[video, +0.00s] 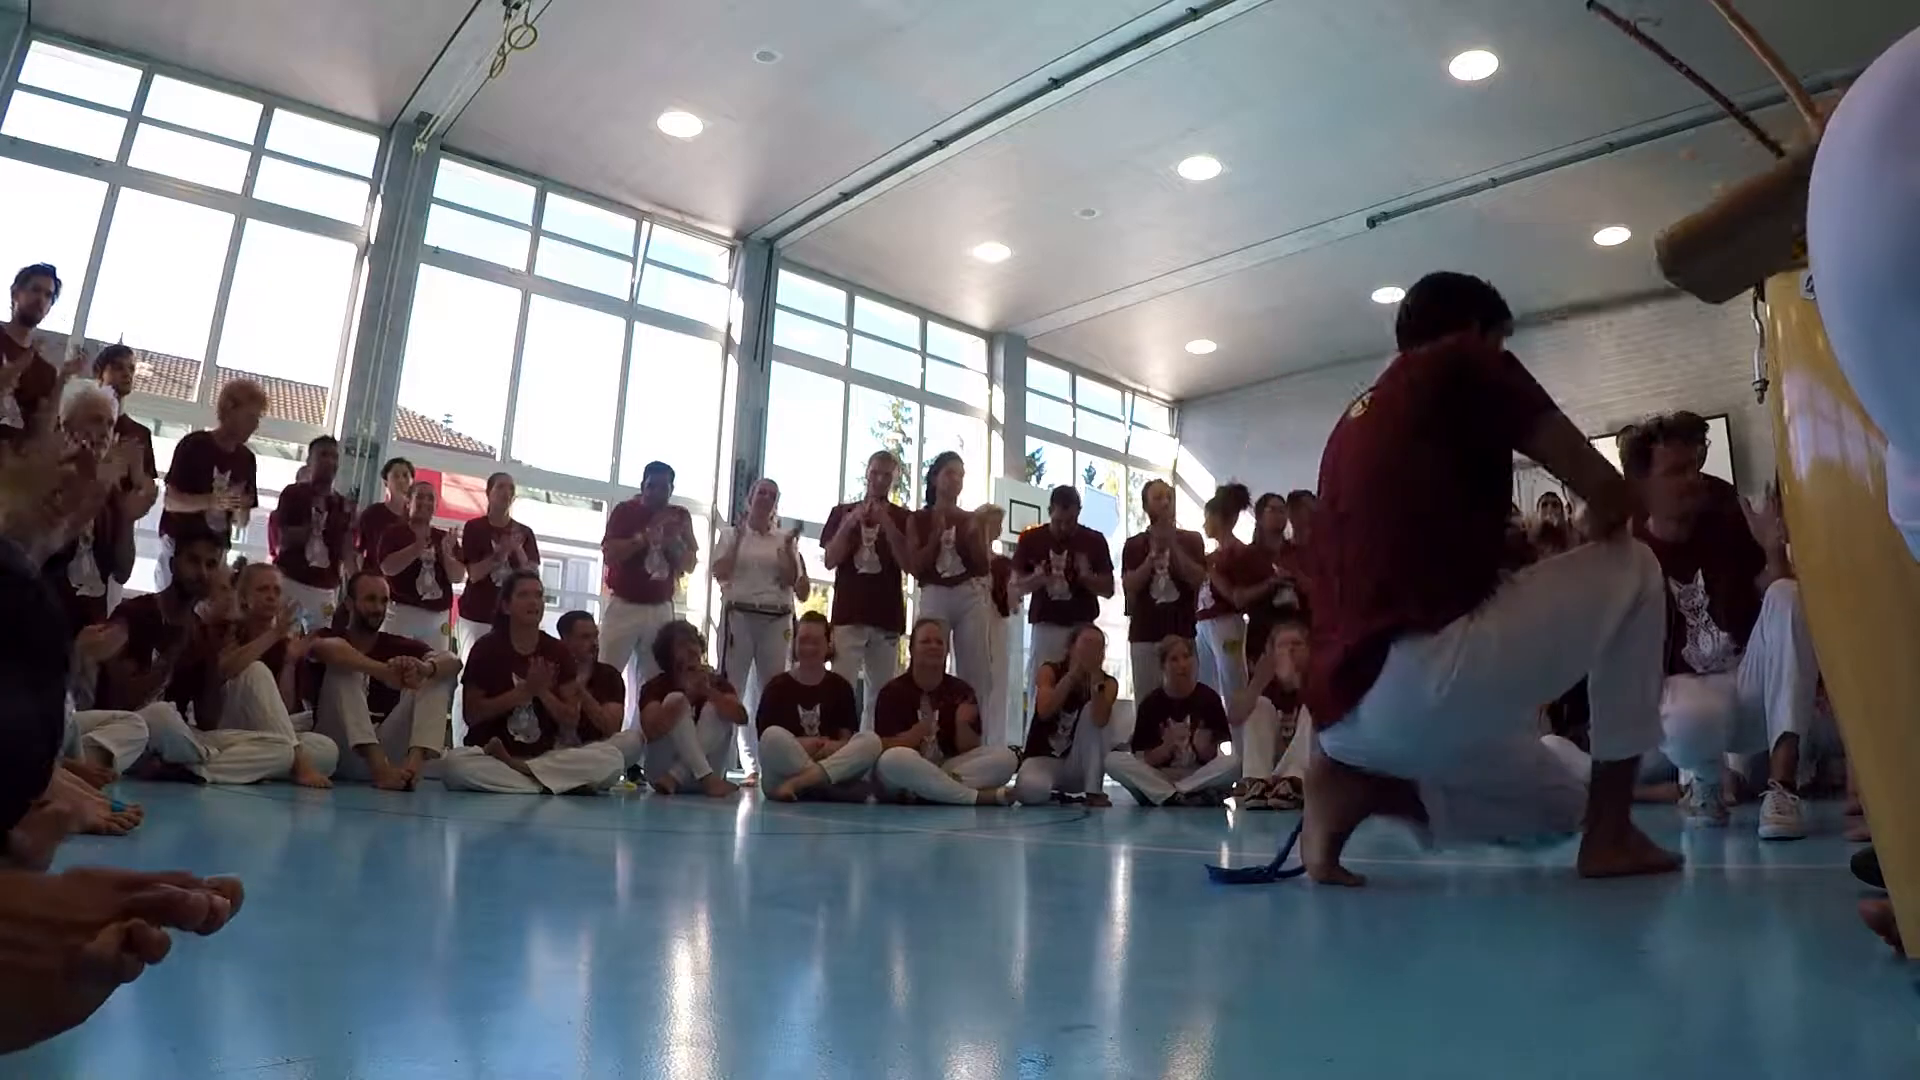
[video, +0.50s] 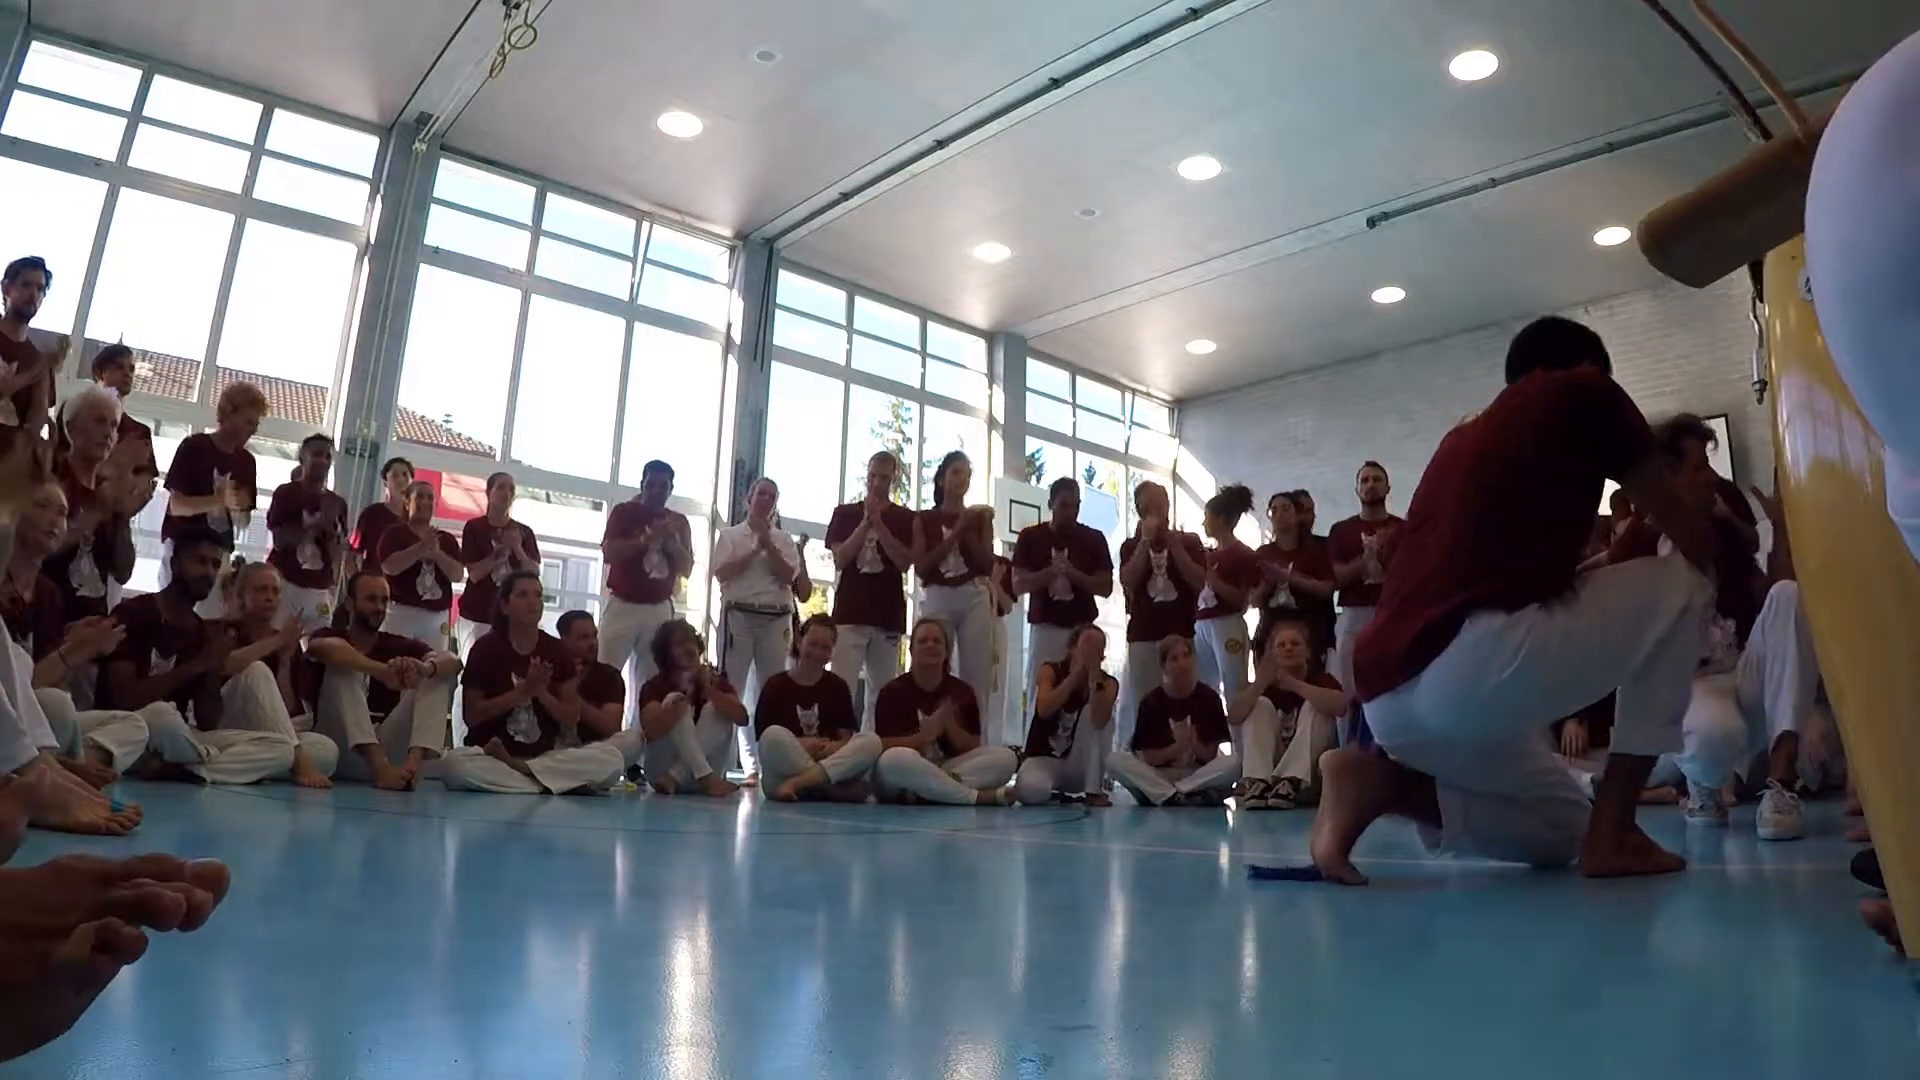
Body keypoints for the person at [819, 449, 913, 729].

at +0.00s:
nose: (878, 479)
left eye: (885, 475)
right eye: (874, 473)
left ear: (895, 478)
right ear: (866, 473)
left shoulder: (903, 517)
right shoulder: (842, 513)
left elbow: (910, 566)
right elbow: (830, 560)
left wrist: (887, 526)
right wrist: (848, 525)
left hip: (887, 619)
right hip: (848, 617)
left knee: (882, 695)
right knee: (842, 692)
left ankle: (880, 755)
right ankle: (839, 755)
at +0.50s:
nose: (877, 483)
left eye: (884, 478)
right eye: (874, 476)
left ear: (894, 479)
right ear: (867, 475)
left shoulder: (905, 517)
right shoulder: (845, 513)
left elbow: (905, 562)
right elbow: (840, 558)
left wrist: (878, 526)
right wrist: (866, 523)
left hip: (888, 617)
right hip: (850, 616)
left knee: (886, 694)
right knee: (841, 691)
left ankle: (883, 757)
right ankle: (837, 755)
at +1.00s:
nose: (882, 493)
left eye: (889, 488)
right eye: (878, 486)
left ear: (898, 486)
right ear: (870, 480)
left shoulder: (908, 519)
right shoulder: (848, 512)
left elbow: (908, 562)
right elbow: (841, 555)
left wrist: (884, 523)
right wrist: (868, 525)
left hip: (889, 619)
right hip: (851, 616)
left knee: (887, 693)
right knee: (844, 690)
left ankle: (882, 756)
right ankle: (840, 753)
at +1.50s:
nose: (881, 486)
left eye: (887, 480)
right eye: (876, 479)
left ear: (896, 480)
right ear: (868, 476)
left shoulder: (909, 516)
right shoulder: (846, 511)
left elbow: (913, 563)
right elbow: (834, 557)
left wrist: (887, 523)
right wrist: (859, 525)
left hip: (888, 618)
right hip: (849, 616)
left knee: (885, 695)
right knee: (841, 690)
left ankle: (881, 757)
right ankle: (838, 753)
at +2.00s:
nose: (863, 477)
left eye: (870, 471)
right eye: (859, 472)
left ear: (882, 472)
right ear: (855, 474)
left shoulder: (904, 513)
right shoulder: (839, 512)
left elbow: (908, 558)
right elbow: (835, 562)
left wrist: (880, 534)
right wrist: (859, 534)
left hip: (888, 617)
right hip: (849, 616)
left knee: (881, 692)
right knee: (846, 691)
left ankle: (879, 754)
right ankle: (844, 755)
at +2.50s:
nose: (846, 479)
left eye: (853, 474)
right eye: (843, 474)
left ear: (868, 474)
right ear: (839, 476)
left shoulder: (894, 510)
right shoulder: (830, 514)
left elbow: (898, 556)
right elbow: (834, 560)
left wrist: (874, 516)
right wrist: (859, 526)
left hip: (883, 615)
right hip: (844, 615)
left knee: (879, 696)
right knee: (840, 693)